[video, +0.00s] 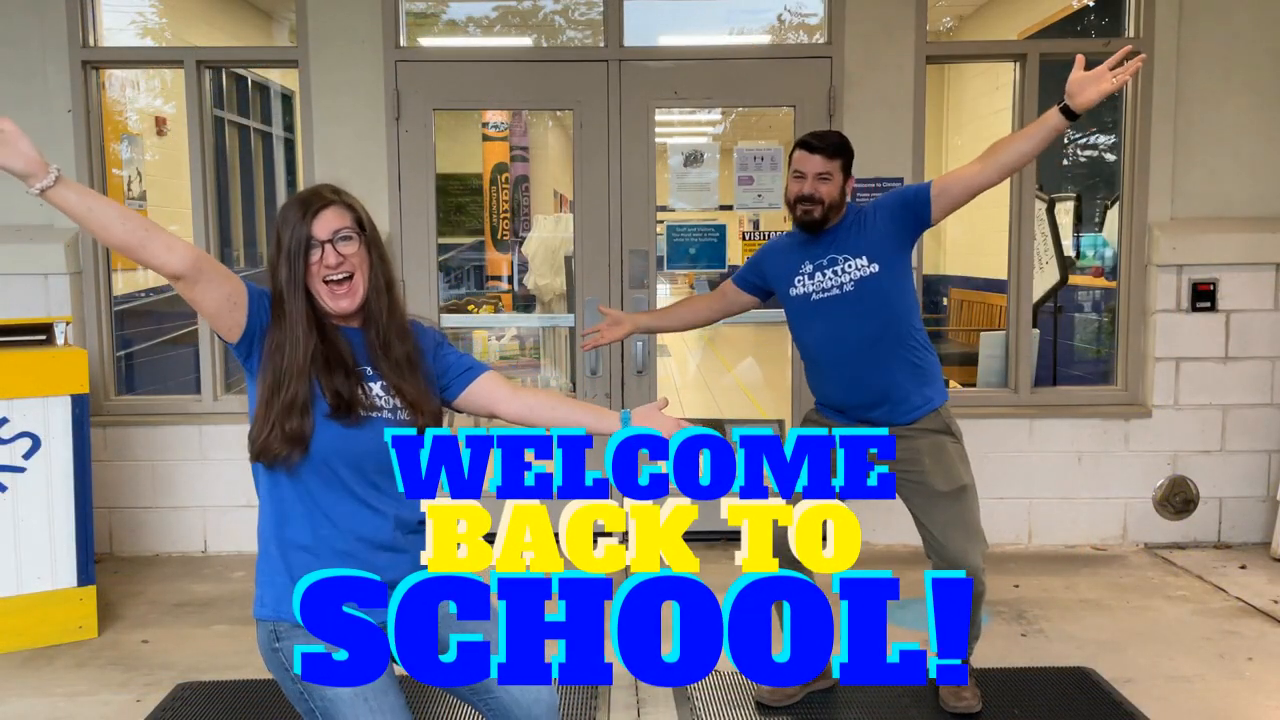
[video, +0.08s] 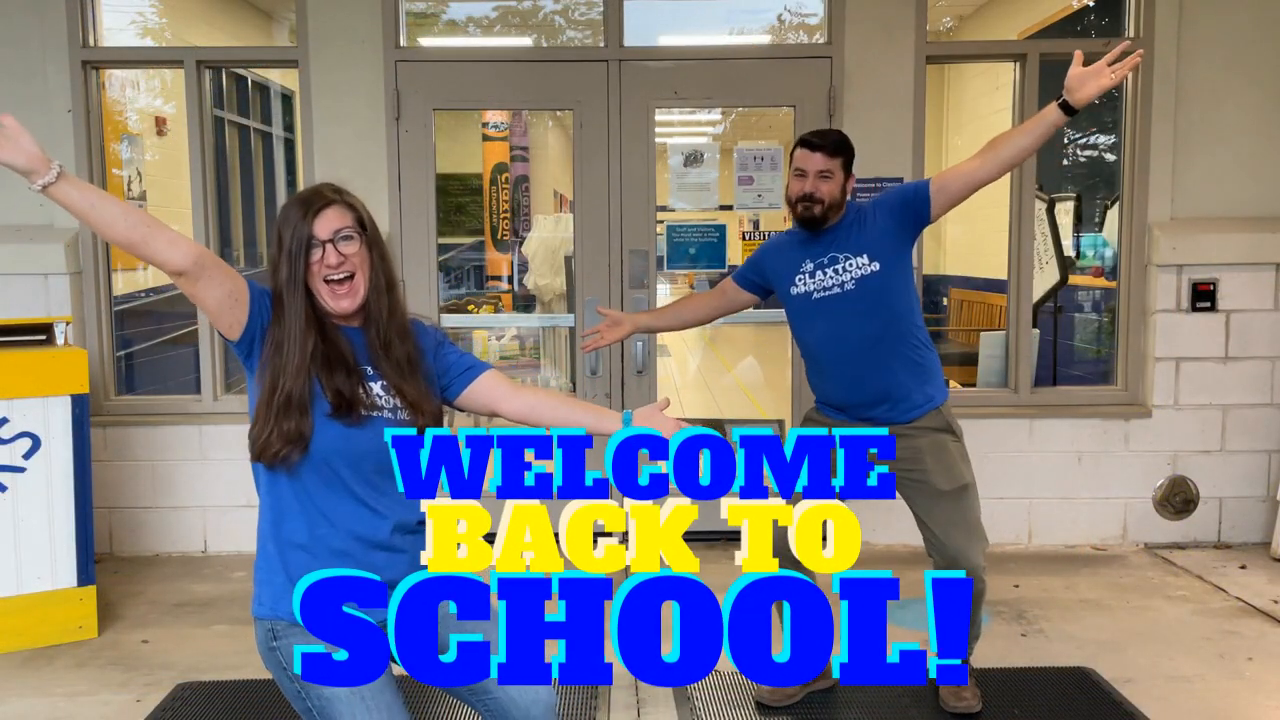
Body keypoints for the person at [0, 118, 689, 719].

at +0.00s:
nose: (333, 258)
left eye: (346, 241)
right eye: (315, 248)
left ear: (372, 251)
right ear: (293, 266)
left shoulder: (413, 346)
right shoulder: (272, 335)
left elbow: (515, 399)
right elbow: (174, 259)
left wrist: (627, 422)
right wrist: (47, 179)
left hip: (421, 596)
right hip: (317, 609)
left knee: (535, 698)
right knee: (377, 711)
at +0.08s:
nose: (334, 258)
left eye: (346, 240)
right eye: (315, 248)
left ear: (373, 250)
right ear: (294, 265)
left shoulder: (413, 345)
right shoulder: (273, 335)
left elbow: (521, 399)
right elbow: (177, 255)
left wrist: (637, 424)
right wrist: (48, 175)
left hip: (418, 595)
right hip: (314, 607)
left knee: (534, 696)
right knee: (374, 707)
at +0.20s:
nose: (336, 256)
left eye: (349, 239)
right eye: (318, 245)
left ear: (375, 252)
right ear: (295, 264)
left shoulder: (416, 344)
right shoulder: (273, 333)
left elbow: (530, 398)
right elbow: (179, 251)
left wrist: (640, 422)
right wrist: (50, 169)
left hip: (419, 596)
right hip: (312, 607)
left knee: (541, 698)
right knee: (374, 707)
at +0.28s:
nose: (333, 254)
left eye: (347, 237)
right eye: (315, 242)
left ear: (375, 251)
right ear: (293, 261)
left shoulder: (417, 342)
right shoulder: (272, 331)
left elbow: (533, 396)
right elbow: (180, 248)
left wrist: (643, 421)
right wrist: (52, 164)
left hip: (418, 594)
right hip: (310, 606)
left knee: (535, 694)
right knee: (370, 705)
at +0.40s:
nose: (327, 252)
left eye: (342, 234)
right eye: (309, 241)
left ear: (372, 247)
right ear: (290, 261)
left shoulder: (418, 337)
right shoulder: (271, 330)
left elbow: (528, 389)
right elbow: (176, 250)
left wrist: (647, 416)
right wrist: (55, 158)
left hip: (422, 589)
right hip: (312, 600)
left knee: (530, 687)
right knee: (365, 707)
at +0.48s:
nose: (322, 249)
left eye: (336, 231)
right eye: (305, 239)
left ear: (368, 244)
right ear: (287, 260)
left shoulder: (417, 331)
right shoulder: (269, 329)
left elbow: (531, 388)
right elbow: (176, 253)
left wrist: (650, 414)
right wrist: (55, 158)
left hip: (424, 582)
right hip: (311, 593)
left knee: (534, 680)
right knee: (362, 703)